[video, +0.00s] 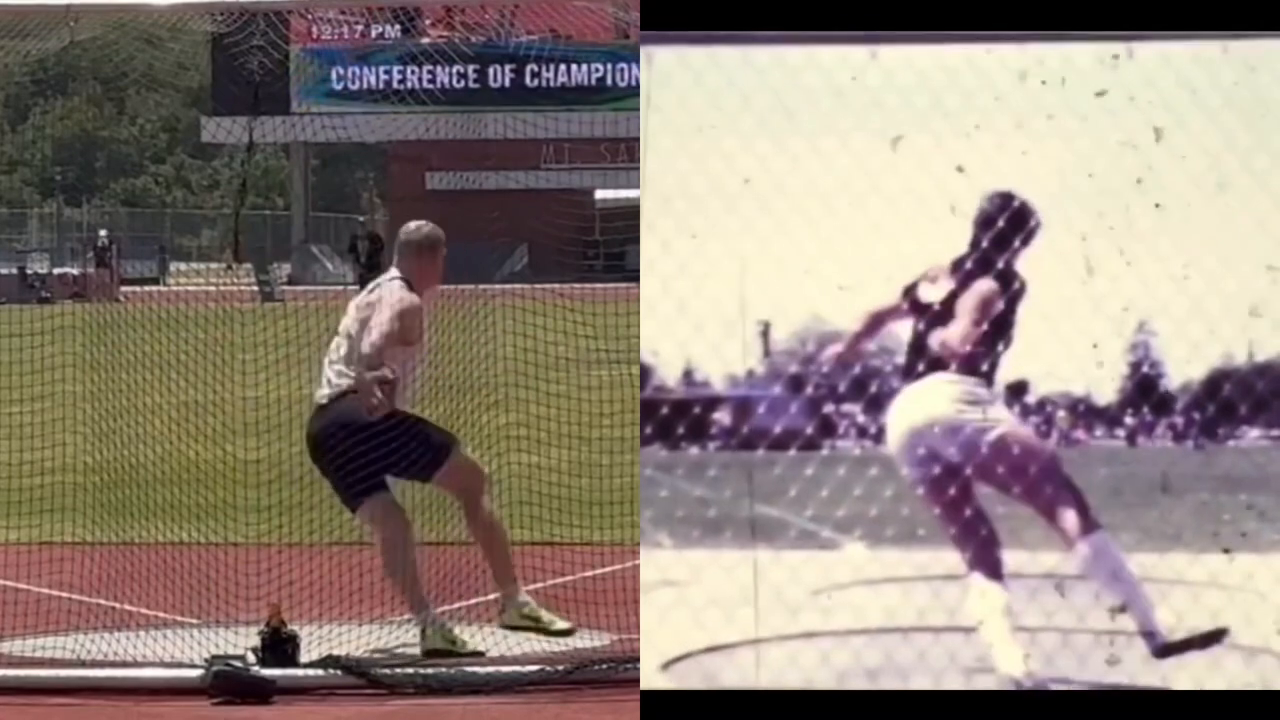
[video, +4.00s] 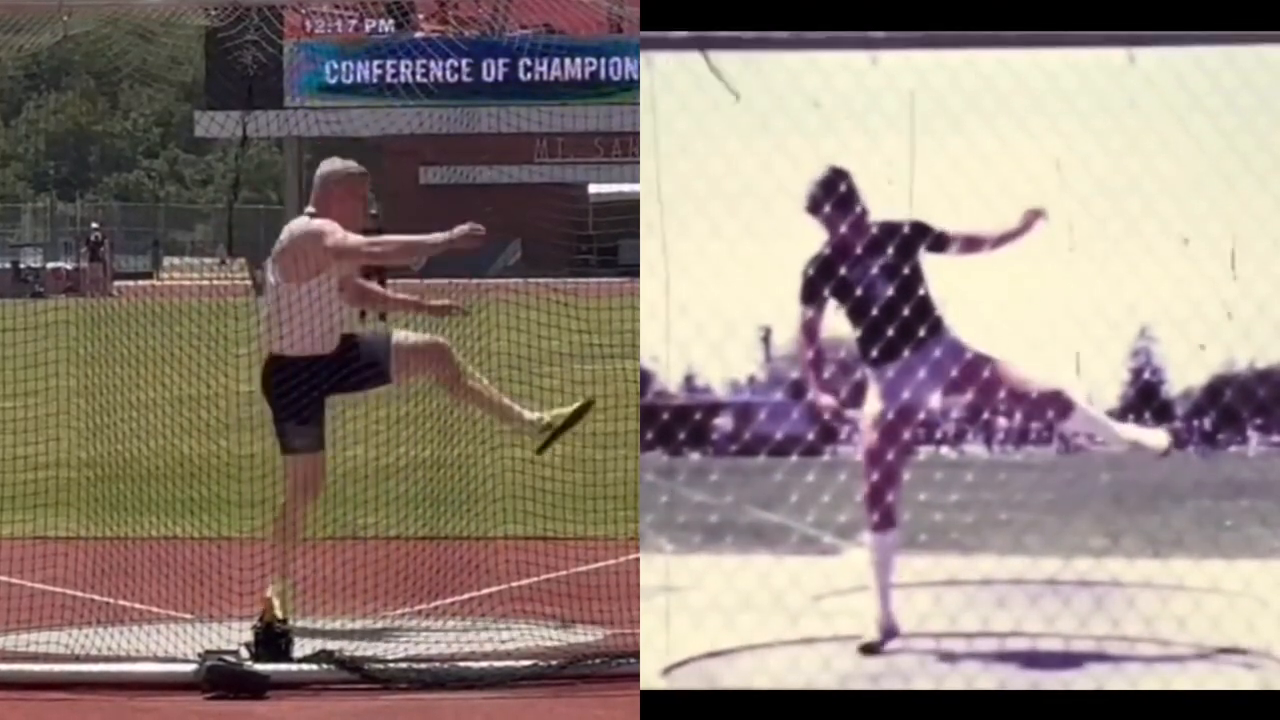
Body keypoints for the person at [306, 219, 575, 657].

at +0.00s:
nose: (442, 270)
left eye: (442, 261)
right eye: (441, 261)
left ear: (399, 257)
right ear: (430, 260)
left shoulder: (373, 292)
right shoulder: (401, 296)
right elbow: (374, 338)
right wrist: (369, 377)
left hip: (325, 428)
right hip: (367, 414)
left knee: (390, 524)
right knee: (471, 482)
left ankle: (430, 626)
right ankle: (514, 601)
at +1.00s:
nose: (292, 246)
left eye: (297, 237)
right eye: (291, 238)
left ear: (322, 235)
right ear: (324, 234)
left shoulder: (339, 280)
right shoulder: (356, 239)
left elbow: (298, 318)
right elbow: (398, 212)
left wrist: (243, 295)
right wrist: (425, 192)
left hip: (388, 398)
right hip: (336, 397)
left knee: (404, 514)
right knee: (317, 495)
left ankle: (449, 447)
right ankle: (350, 604)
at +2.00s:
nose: (400, 223)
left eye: (397, 215)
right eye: (393, 217)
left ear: (357, 226)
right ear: (370, 228)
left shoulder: (336, 239)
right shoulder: (351, 285)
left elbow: (301, 237)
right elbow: (311, 336)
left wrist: (341, 233)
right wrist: (284, 389)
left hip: (322, 387)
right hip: (353, 389)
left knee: (327, 500)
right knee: (381, 502)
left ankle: (304, 604)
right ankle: (318, 593)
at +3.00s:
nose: (321, 173)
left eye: (333, 167)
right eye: (321, 164)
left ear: (359, 176)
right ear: (318, 168)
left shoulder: (375, 214)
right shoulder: (297, 211)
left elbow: (387, 262)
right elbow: (238, 238)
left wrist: (337, 224)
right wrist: (197, 261)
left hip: (359, 337)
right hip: (324, 340)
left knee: (268, 381)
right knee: (302, 465)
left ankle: (273, 506)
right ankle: (337, 575)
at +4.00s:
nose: (367, 205)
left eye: (366, 196)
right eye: (360, 196)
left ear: (341, 198)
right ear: (333, 194)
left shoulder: (338, 241)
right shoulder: (307, 231)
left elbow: (360, 292)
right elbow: (373, 247)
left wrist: (424, 303)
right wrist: (447, 239)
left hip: (336, 354)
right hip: (292, 372)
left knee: (435, 355)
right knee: (306, 485)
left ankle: (531, 426)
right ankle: (274, 605)